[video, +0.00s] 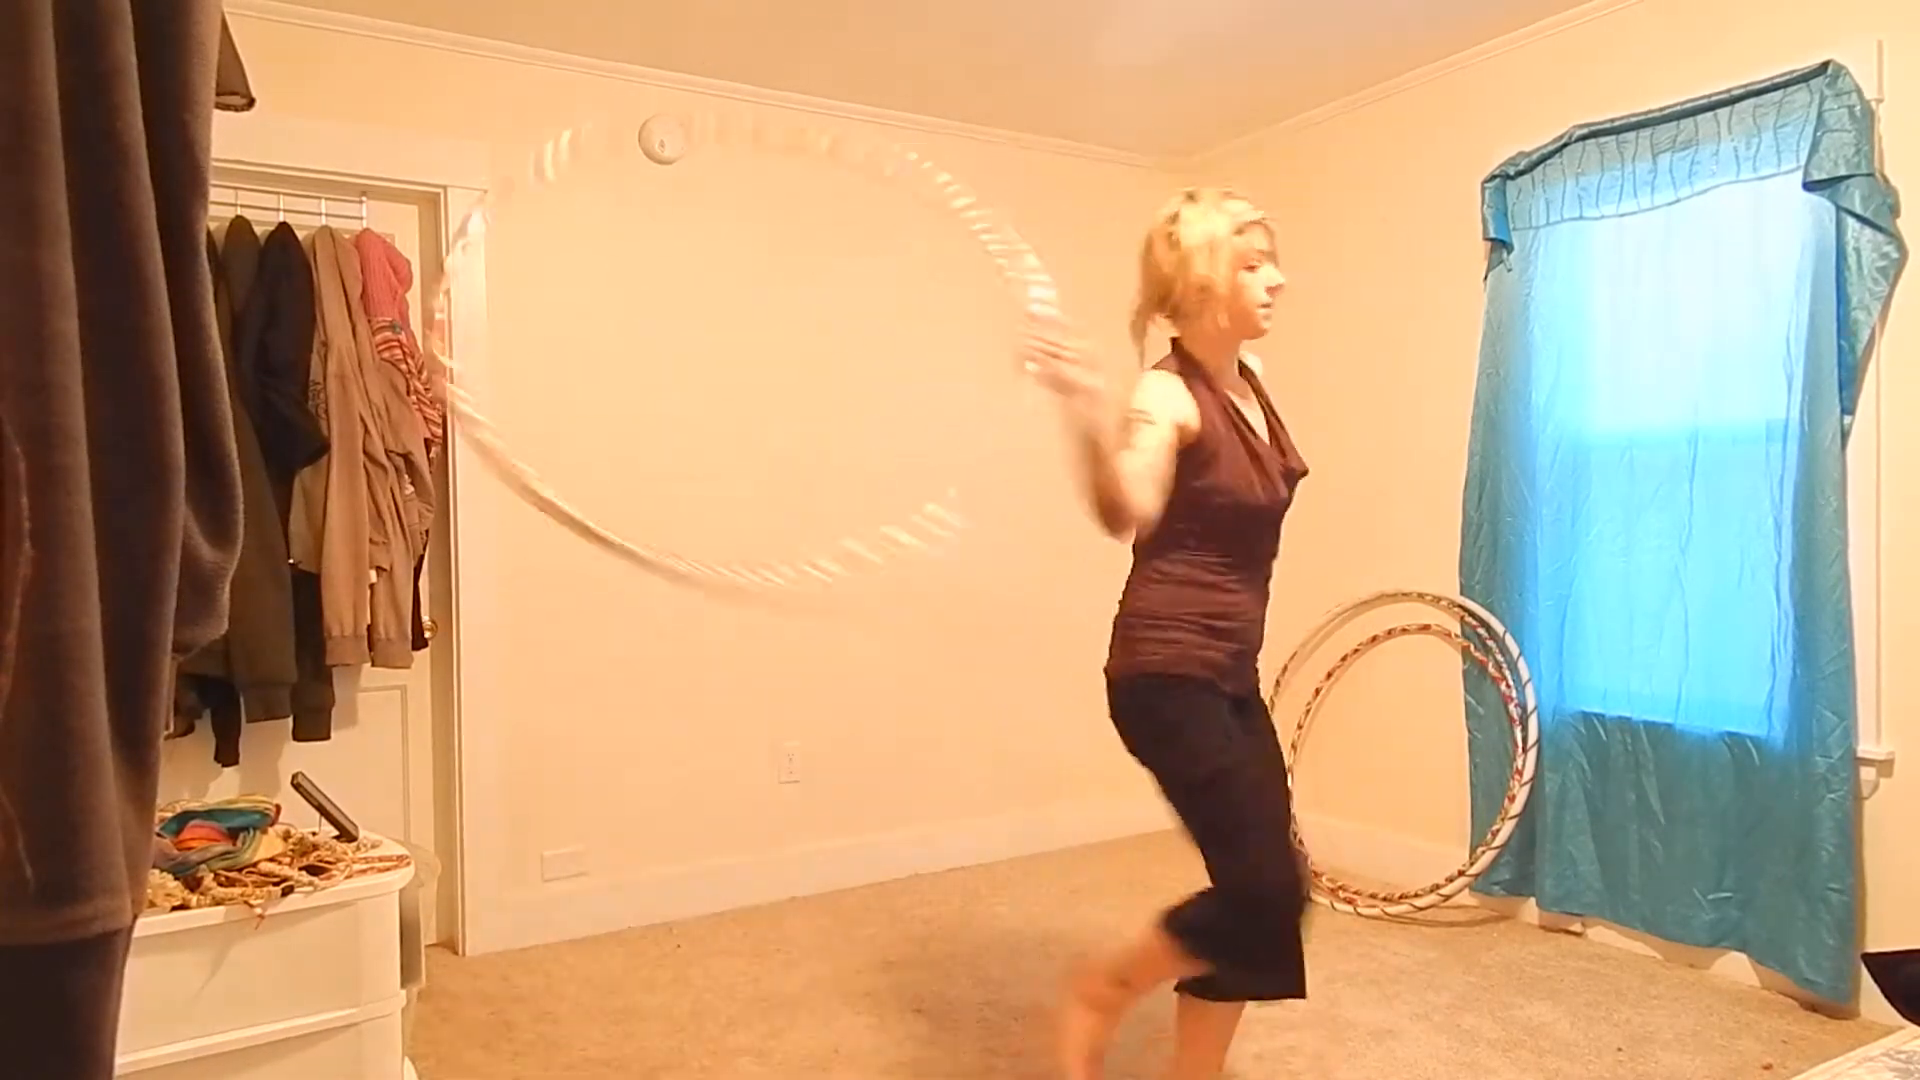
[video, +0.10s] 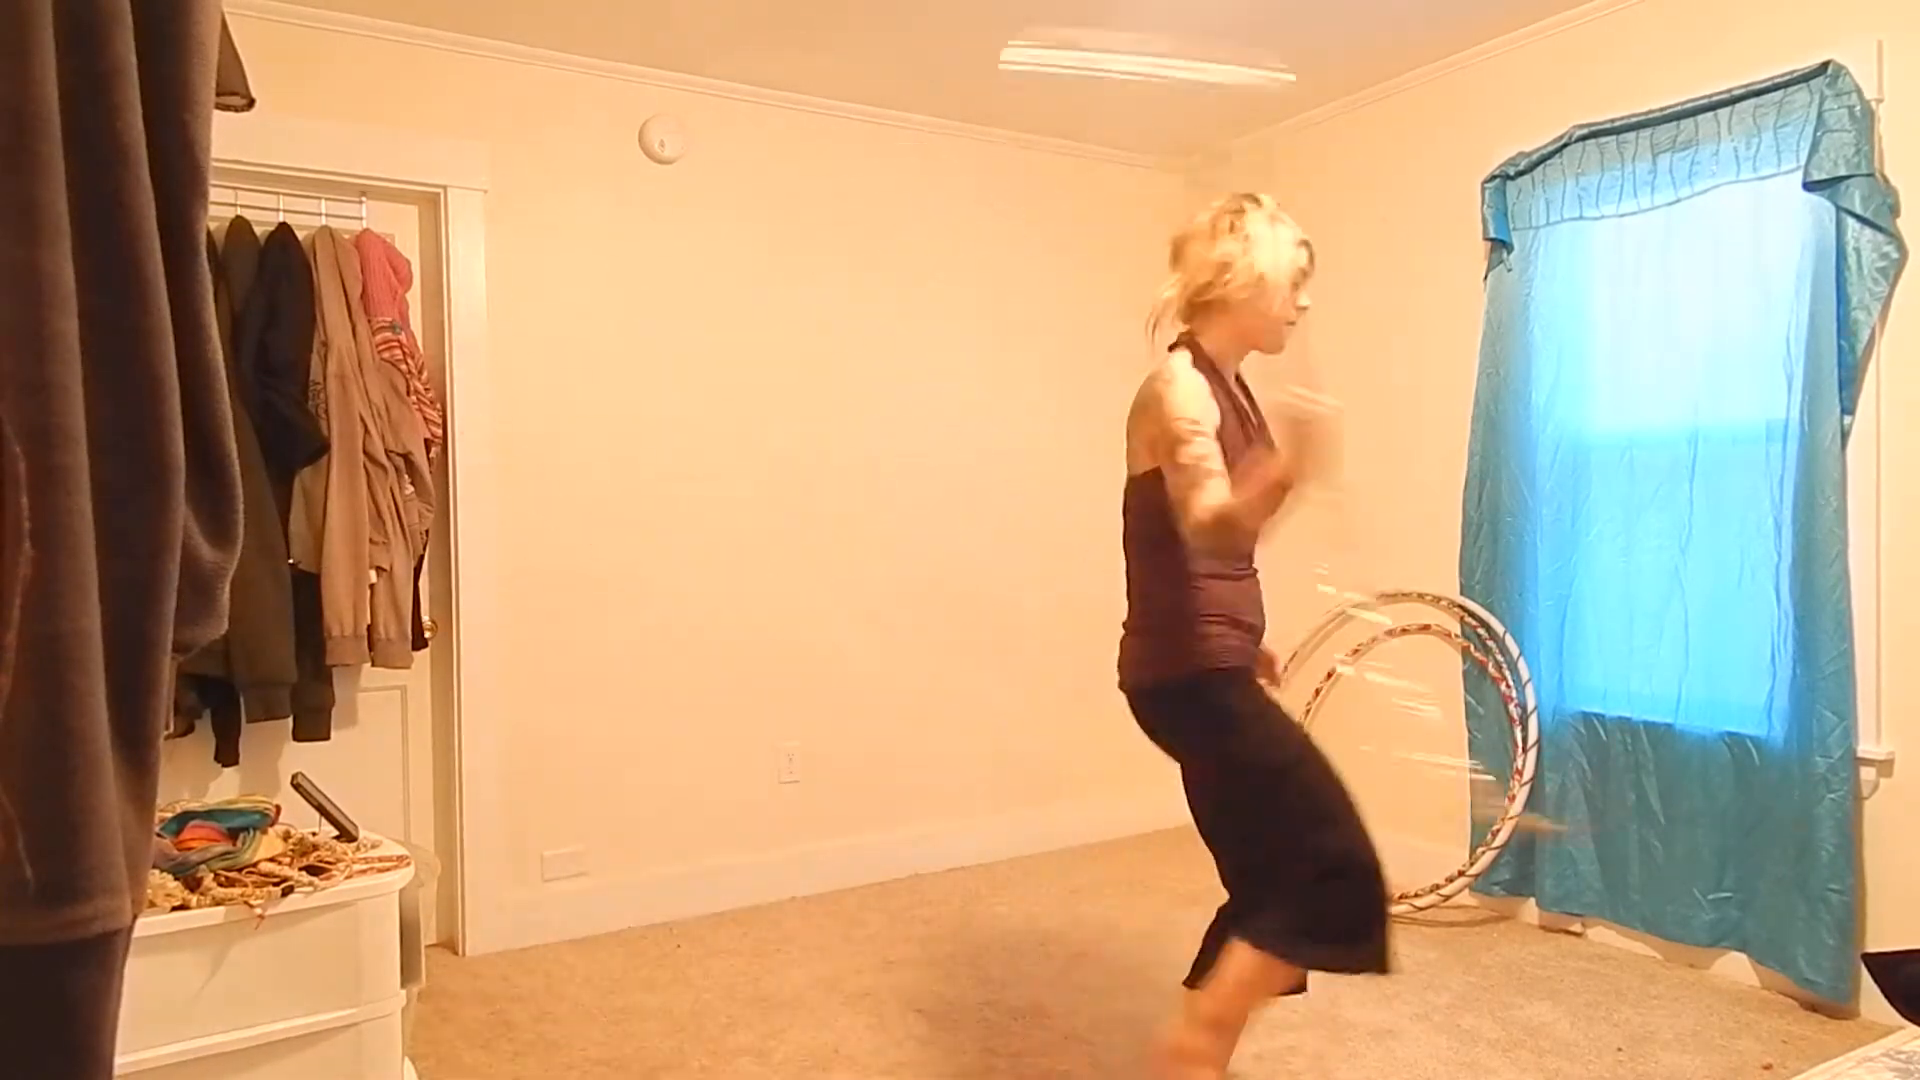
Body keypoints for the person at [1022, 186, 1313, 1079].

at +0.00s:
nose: (1274, 281)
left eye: (1273, 265)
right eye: (1256, 264)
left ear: (1239, 283)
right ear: (1199, 277)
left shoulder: (1245, 383)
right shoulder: (1165, 390)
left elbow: (1235, 517)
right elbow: (1124, 512)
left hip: (1230, 670)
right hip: (1165, 671)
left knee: (1267, 885)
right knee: (1261, 883)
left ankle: (1196, 1066)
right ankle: (1100, 989)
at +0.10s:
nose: (1303, 305)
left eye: (1304, 285)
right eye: (1293, 282)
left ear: (1233, 285)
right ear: (1239, 279)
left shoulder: (1223, 389)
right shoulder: (1178, 383)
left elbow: (1209, 548)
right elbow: (1205, 525)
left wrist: (1247, 644)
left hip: (1213, 668)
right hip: (1189, 672)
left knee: (1269, 878)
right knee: (1328, 863)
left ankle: (1198, 1051)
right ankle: (1195, 1047)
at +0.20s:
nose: (1295, 326)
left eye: (1297, 306)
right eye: (1292, 303)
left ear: (1222, 292)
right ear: (1251, 290)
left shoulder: (1166, 380)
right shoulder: (1212, 375)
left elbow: (1195, 549)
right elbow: (1247, 536)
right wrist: (1391, 500)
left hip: (1176, 675)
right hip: (1229, 673)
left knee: (1250, 886)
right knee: (1353, 861)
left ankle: (1194, 1069)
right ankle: (1304, 1067)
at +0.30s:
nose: (1277, 302)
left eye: (1277, 284)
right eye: (1274, 284)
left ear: (1183, 286)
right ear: (1250, 282)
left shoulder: (1140, 379)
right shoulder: (1259, 358)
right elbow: (1283, 527)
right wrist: (1370, 505)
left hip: (1169, 682)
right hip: (1265, 677)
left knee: (1225, 887)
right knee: (1320, 880)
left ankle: (1189, 1070)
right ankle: (1325, 1069)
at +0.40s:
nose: (1267, 283)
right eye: (1258, 267)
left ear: (1158, 286)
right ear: (1248, 274)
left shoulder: (1131, 380)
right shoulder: (1300, 356)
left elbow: (1132, 540)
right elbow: (1335, 517)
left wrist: (1210, 488)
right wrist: (1326, 439)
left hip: (1177, 675)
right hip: (1288, 669)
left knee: (1208, 876)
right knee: (1292, 868)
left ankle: (1188, 1067)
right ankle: (1300, 1057)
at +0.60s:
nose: (1146, 327)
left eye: (1146, 309)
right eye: (1143, 311)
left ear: (1170, 301)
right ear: (1233, 290)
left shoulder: (1159, 379)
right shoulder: (1307, 377)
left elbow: (1174, 523)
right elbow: (1341, 523)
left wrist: (1109, 511)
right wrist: (1267, 469)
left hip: (1205, 676)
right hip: (1302, 674)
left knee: (1209, 882)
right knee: (1270, 865)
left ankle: (1242, 1069)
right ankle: (1290, 1062)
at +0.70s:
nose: (1136, 325)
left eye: (1138, 305)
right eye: (1133, 307)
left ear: (1173, 302)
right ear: (1222, 299)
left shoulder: (1174, 396)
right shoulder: (1285, 392)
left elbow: (1219, 536)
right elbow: (1306, 533)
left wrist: (1105, 526)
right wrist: (1172, 523)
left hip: (1216, 677)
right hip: (1295, 671)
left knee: (1181, 863)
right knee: (1252, 856)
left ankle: (1280, 1044)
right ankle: (1288, 1044)